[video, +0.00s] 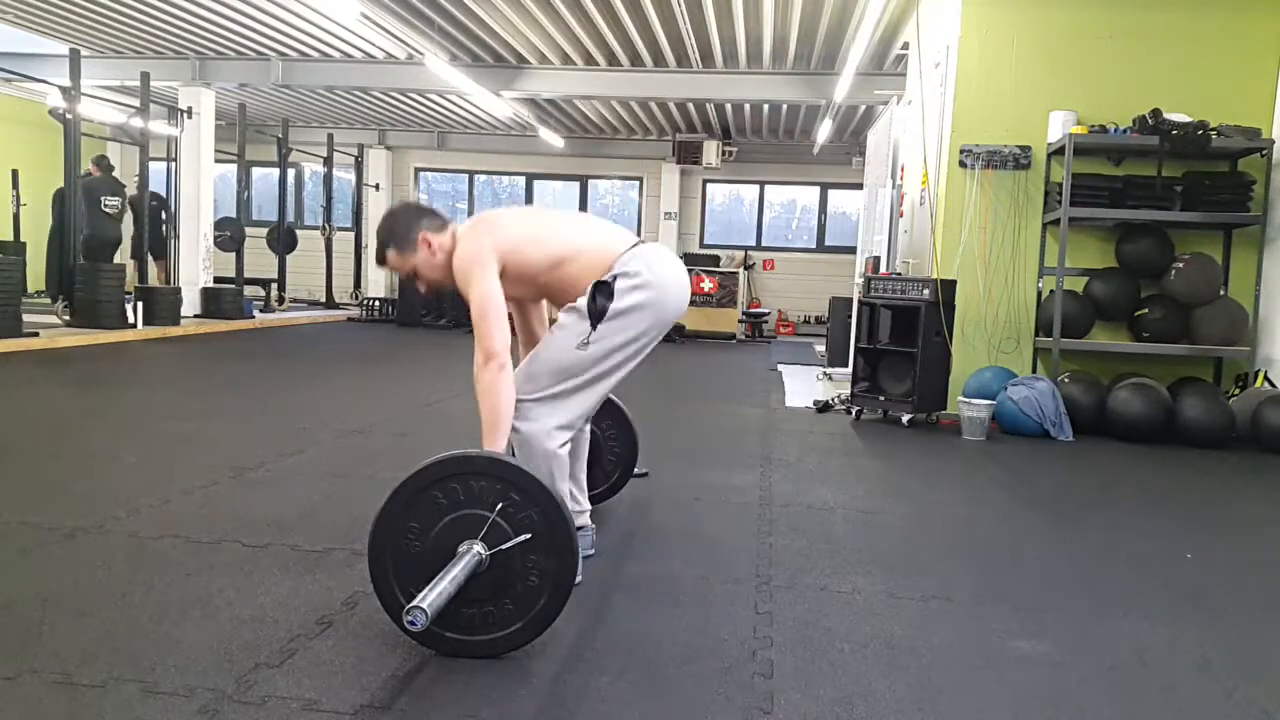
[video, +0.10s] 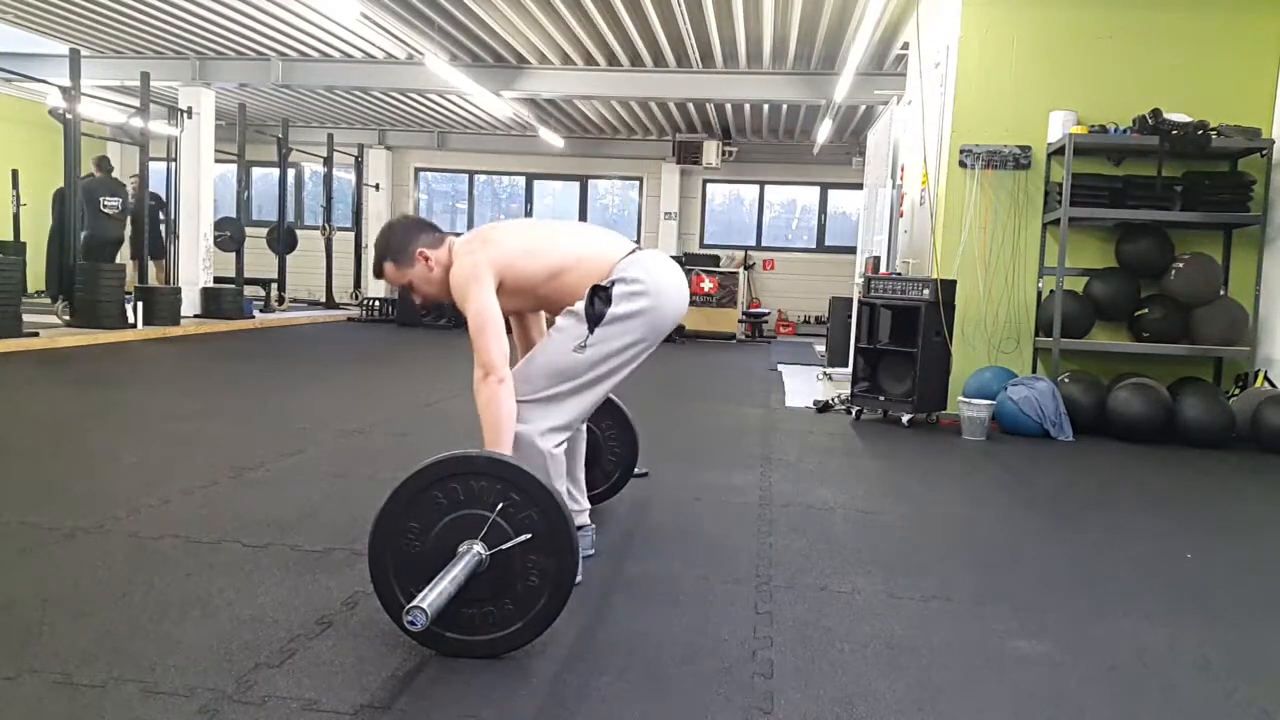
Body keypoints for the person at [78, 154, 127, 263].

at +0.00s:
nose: (90, 168)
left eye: (91, 166)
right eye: (90, 165)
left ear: (96, 167)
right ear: (108, 167)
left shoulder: (86, 184)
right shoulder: (119, 186)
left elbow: (79, 208)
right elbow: (122, 211)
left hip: (93, 232)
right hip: (114, 234)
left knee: (91, 271)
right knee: (106, 270)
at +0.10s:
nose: (92, 169)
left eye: (93, 166)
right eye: (93, 166)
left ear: (95, 168)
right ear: (109, 167)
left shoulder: (86, 185)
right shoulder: (120, 186)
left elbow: (80, 210)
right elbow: (125, 211)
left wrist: (80, 230)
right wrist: (121, 228)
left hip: (93, 233)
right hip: (116, 235)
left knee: (88, 270)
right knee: (107, 269)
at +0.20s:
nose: (93, 170)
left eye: (93, 167)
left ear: (95, 169)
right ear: (111, 168)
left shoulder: (86, 185)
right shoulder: (121, 186)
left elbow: (80, 211)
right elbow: (125, 211)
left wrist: (80, 229)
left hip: (94, 232)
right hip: (117, 233)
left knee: (85, 270)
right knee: (108, 269)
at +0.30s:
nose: (94, 170)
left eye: (94, 168)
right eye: (94, 168)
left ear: (96, 169)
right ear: (111, 169)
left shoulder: (86, 186)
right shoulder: (121, 186)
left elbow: (79, 211)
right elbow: (126, 212)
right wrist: (127, 230)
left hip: (94, 232)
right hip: (119, 233)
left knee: (88, 271)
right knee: (108, 270)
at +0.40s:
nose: (94, 171)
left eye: (95, 168)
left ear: (96, 169)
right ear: (111, 168)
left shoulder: (87, 186)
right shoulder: (121, 186)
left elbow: (78, 212)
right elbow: (129, 211)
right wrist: (126, 229)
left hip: (95, 233)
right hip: (119, 233)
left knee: (89, 271)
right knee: (110, 271)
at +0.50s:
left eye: (97, 169)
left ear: (97, 170)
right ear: (112, 169)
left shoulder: (88, 186)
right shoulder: (122, 187)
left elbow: (79, 211)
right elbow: (130, 213)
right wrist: (128, 231)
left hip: (97, 234)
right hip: (121, 234)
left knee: (90, 272)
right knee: (111, 271)